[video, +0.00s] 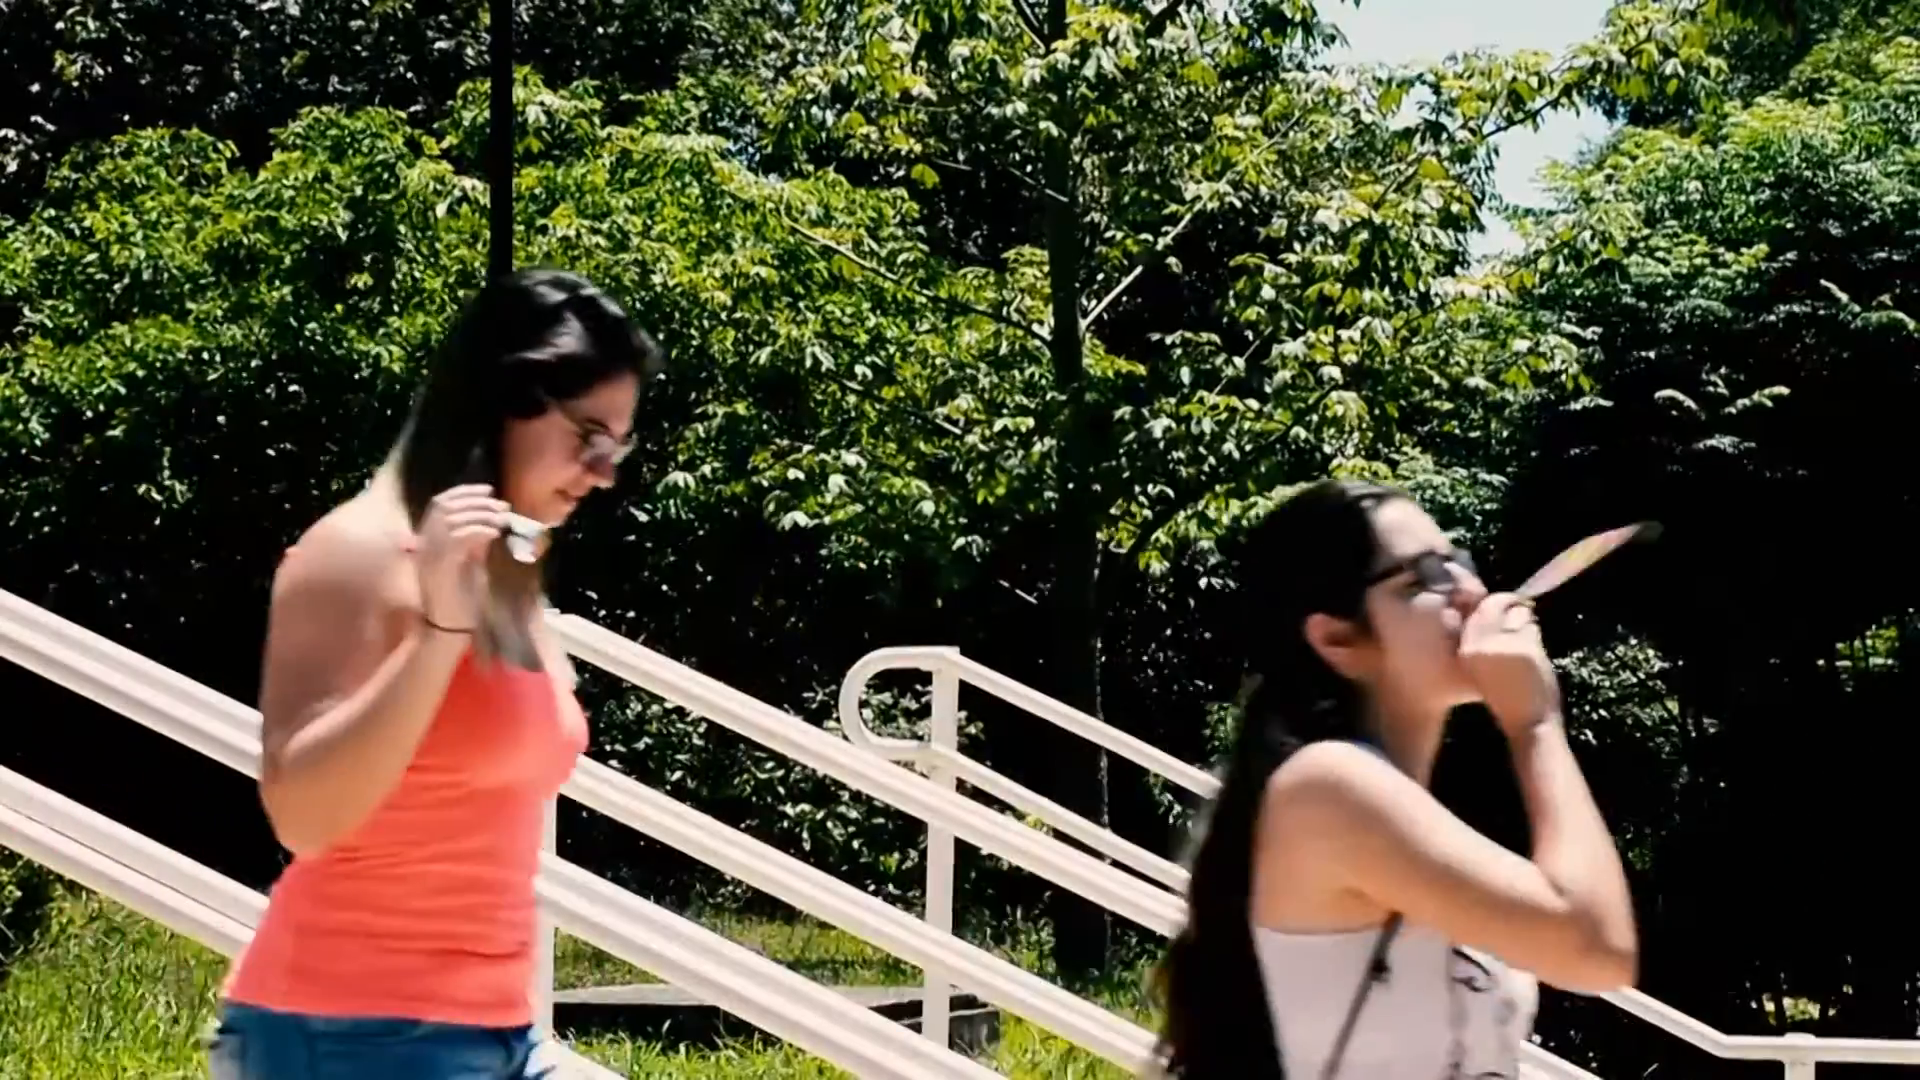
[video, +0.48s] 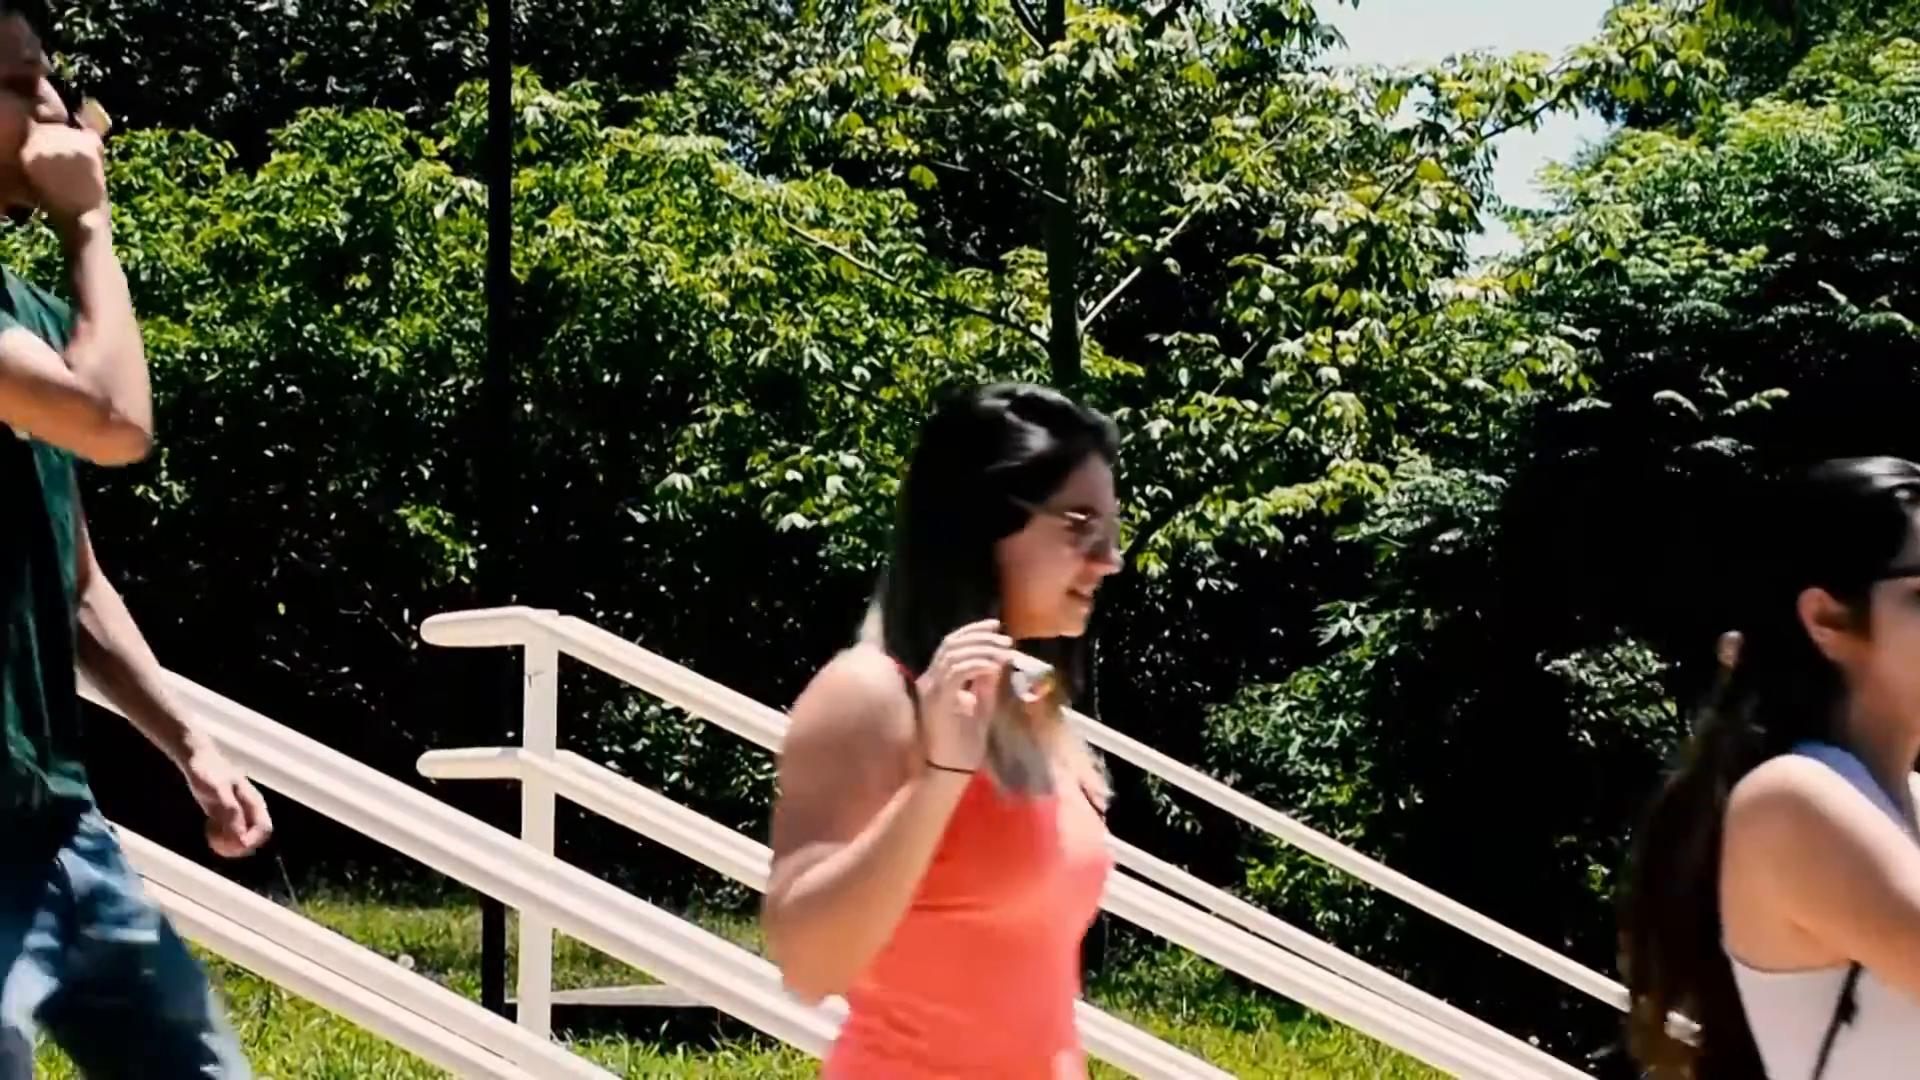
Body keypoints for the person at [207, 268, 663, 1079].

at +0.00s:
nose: (602, 472)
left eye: (616, 446)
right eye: (588, 433)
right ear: (502, 401)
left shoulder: (507, 573)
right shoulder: (350, 556)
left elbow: (509, 847)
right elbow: (302, 818)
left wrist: (527, 1023)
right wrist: (441, 634)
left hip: (488, 1030)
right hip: (349, 1035)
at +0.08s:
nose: (682, 489)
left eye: (695, 464)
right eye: (672, 451)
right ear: (586, 415)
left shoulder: (578, 576)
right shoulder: (431, 567)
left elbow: (561, 823)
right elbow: (401, 833)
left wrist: (607, 954)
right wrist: (536, 644)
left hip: (589, 1041)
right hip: (435, 1043)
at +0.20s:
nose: (812, 528)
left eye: (822, 498)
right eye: (794, 488)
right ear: (700, 458)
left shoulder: (703, 630)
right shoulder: (561, 621)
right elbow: (535, 898)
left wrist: (753, 1030)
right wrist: (654, 701)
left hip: (729, 1052)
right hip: (580, 1053)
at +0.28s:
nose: (907, 544)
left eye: (912, 512)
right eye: (882, 507)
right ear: (787, 496)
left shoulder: (808, 674)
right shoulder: (654, 672)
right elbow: (611, 950)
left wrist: (827, 1054)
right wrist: (748, 767)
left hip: (814, 1058)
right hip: (673, 1063)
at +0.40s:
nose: (1028, 548)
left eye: (1032, 517)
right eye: (1000, 511)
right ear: (903, 505)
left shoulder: (954, 695)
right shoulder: (773, 681)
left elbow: (931, 947)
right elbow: (718, 953)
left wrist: (955, 1057)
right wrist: (866, 779)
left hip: (940, 1059)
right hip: (795, 1061)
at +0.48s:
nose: (1110, 559)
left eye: (1112, 527)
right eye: (1079, 523)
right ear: (978, 524)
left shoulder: (1041, 712)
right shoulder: (864, 693)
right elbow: (808, 964)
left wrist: (1059, 1056)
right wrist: (942, 778)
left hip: (1046, 1059)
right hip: (906, 1063)